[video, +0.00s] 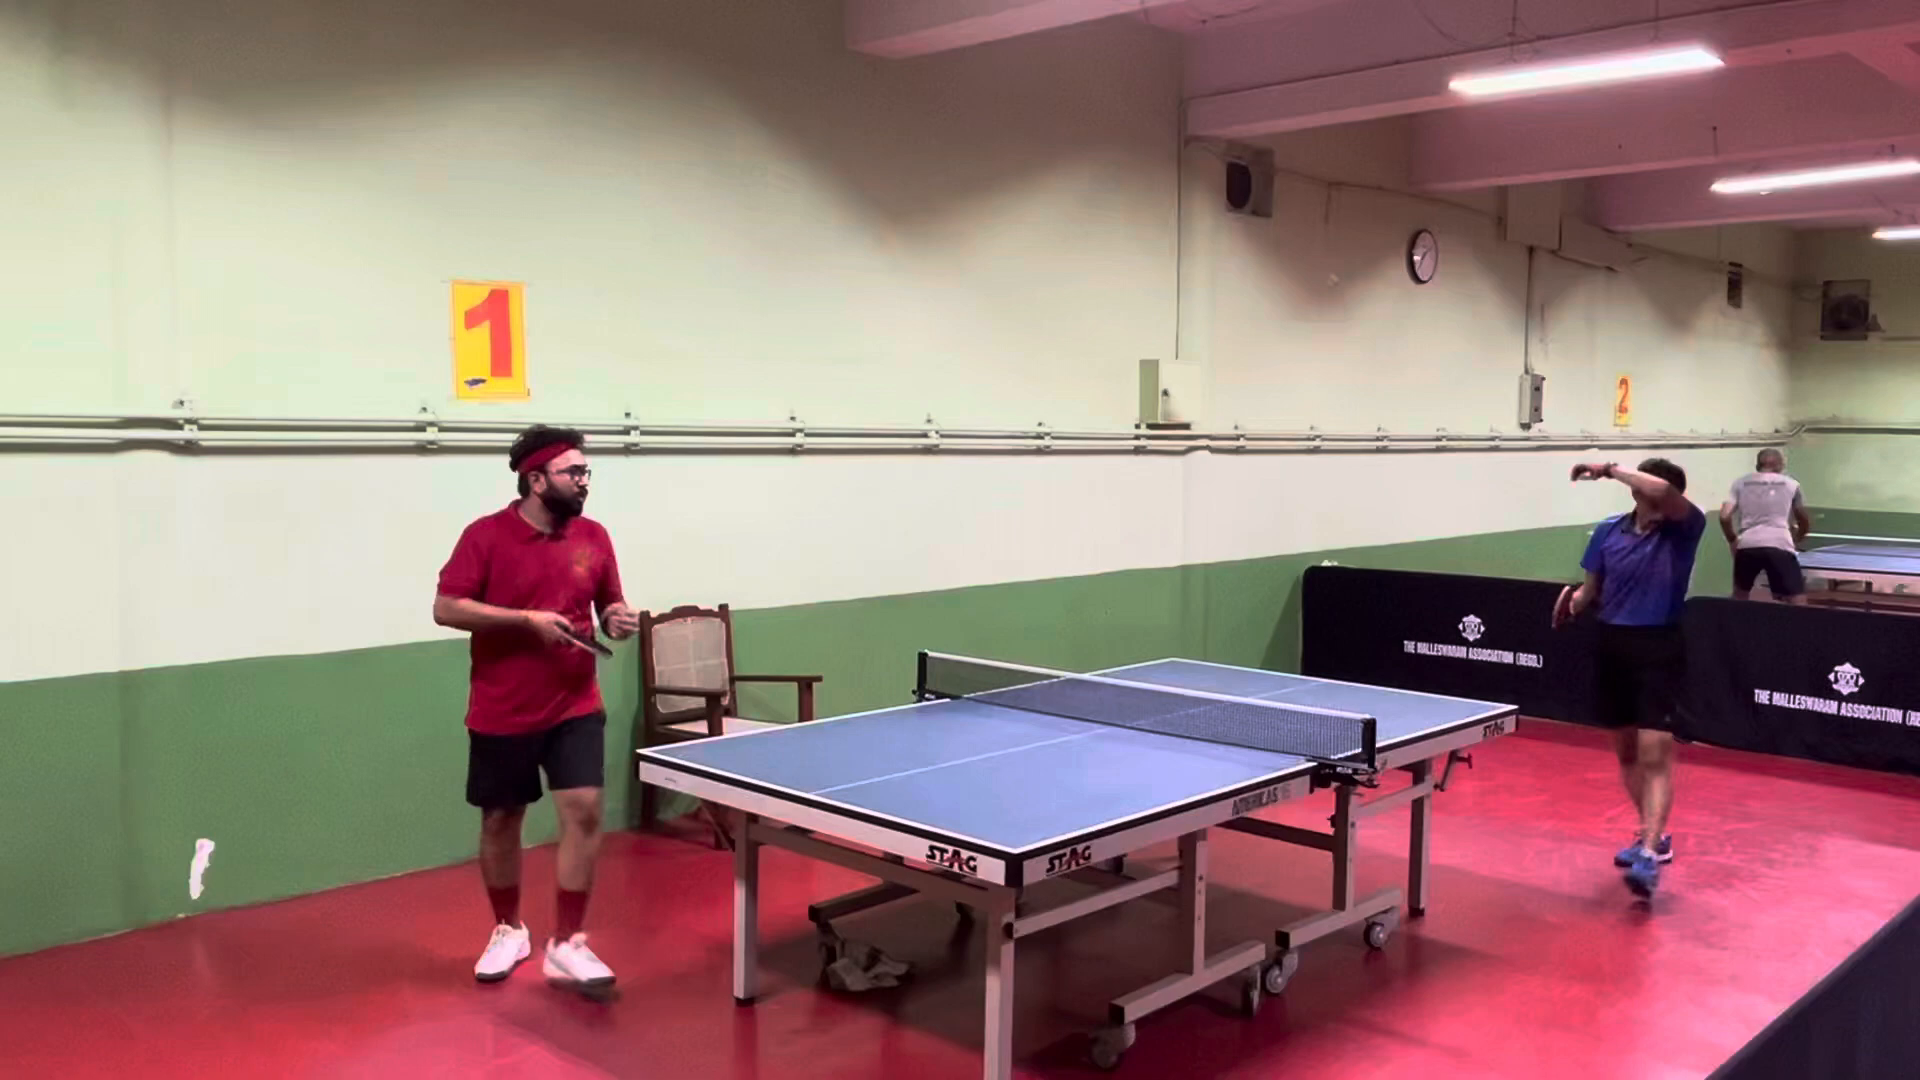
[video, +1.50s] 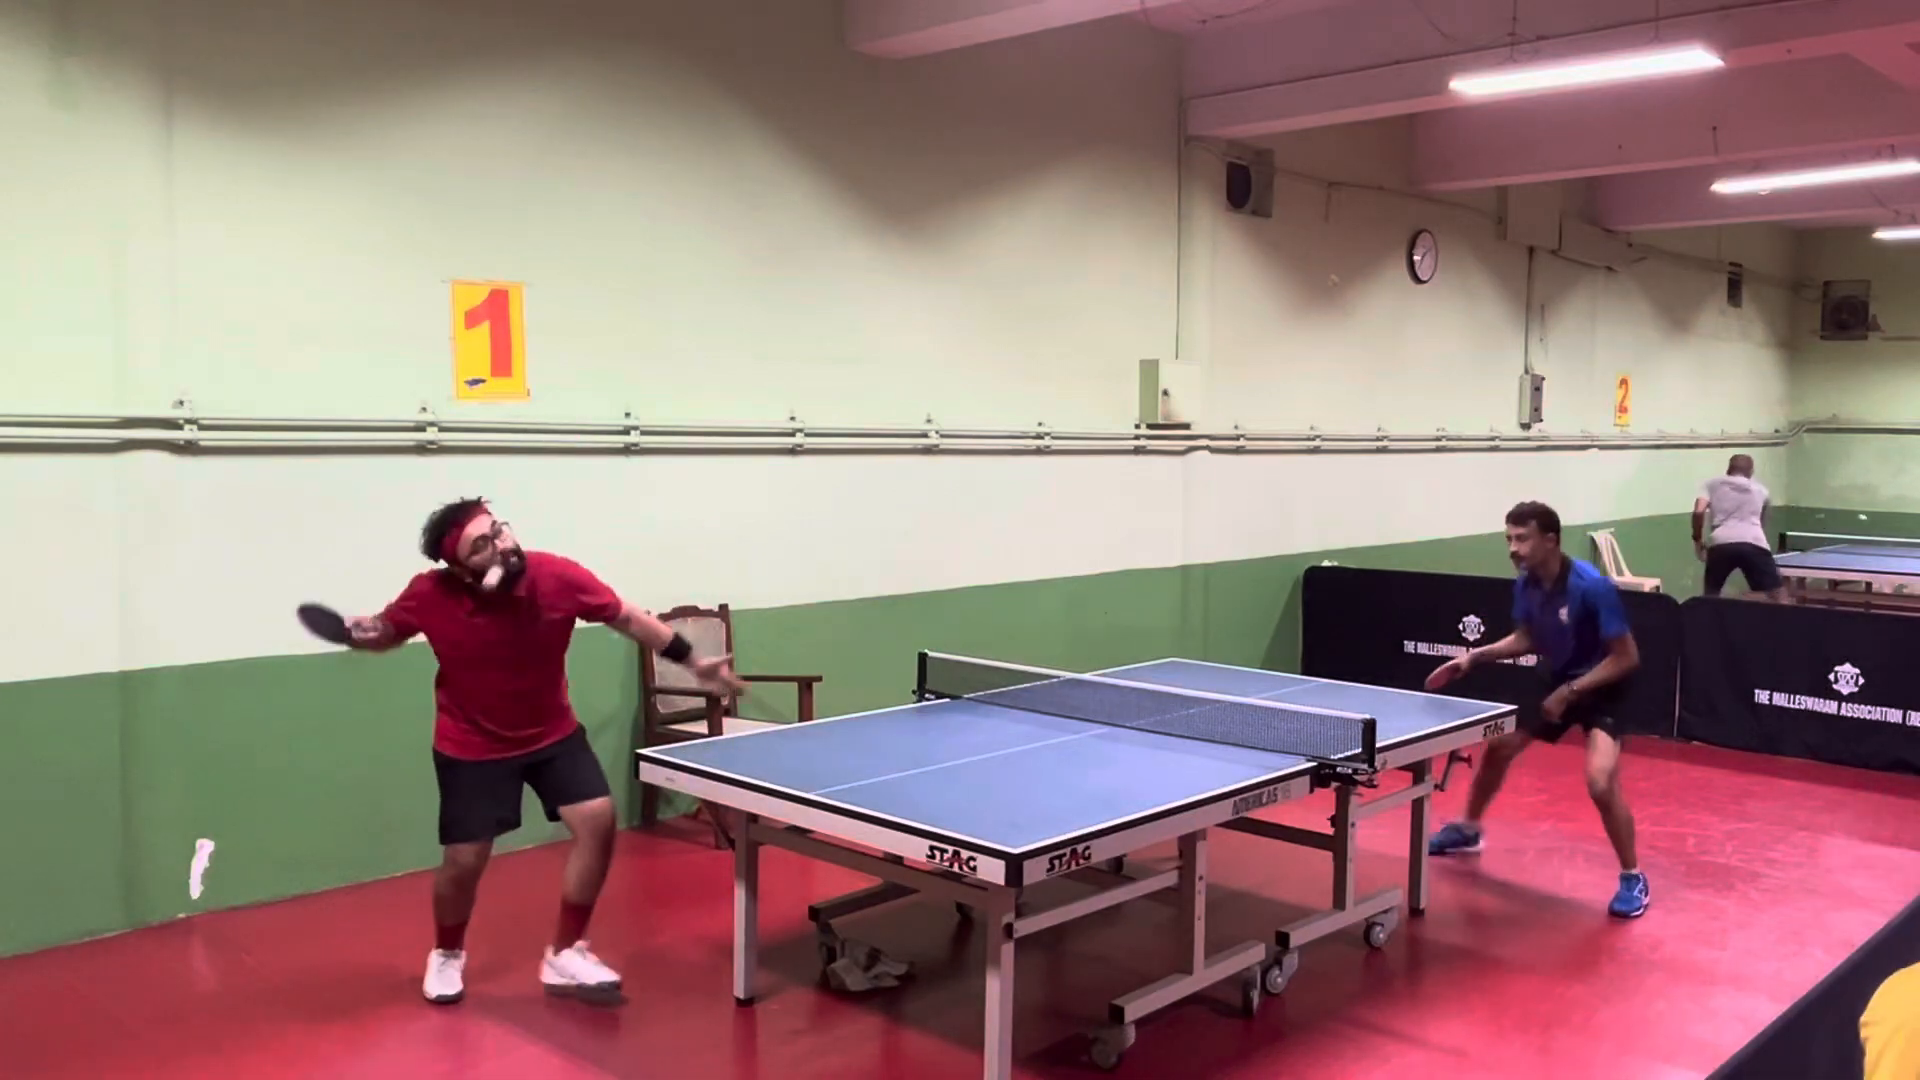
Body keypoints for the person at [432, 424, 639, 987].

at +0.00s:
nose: (584, 481)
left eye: (586, 473)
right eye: (573, 473)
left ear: (579, 478)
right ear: (534, 479)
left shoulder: (591, 536)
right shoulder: (486, 536)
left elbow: (611, 609)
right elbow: (446, 608)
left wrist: (621, 619)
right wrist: (527, 620)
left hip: (576, 706)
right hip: (503, 712)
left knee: (585, 810)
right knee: (501, 820)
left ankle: (566, 942)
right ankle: (507, 931)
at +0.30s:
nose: (624, 517)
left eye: (625, 506)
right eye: (612, 508)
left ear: (608, 510)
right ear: (572, 512)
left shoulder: (619, 575)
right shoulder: (513, 557)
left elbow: (640, 647)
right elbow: (468, 631)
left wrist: (674, 683)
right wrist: (551, 655)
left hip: (562, 728)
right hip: (488, 729)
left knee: (569, 836)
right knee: (479, 844)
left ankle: (567, 971)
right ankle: (501, 922)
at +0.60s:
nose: (662, 597)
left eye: (663, 585)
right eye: (652, 587)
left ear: (626, 587)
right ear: (612, 586)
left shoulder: (642, 626)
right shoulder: (544, 612)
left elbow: (665, 703)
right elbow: (532, 703)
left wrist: (715, 739)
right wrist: (623, 711)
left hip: (560, 737)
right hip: (485, 736)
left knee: (582, 844)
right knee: (475, 855)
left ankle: (567, 975)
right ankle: (453, 948)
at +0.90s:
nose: (641, 595)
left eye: (641, 583)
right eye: (629, 586)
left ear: (598, 588)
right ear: (588, 591)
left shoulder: (632, 620)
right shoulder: (533, 624)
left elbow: (669, 677)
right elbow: (552, 719)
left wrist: (723, 698)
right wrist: (643, 701)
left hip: (559, 742)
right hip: (485, 747)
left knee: (588, 843)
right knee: (480, 864)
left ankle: (567, 975)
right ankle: (446, 950)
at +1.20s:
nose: (551, 560)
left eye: (547, 550)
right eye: (534, 559)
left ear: (549, 547)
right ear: (503, 580)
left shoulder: (569, 572)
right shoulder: (485, 637)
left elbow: (639, 577)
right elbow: (516, 720)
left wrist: (697, 564)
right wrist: (590, 694)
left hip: (556, 734)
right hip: (486, 749)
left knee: (589, 834)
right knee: (483, 865)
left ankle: (569, 972)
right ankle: (446, 954)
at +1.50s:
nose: (502, 544)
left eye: (499, 530)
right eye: (483, 545)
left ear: (507, 525)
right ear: (459, 567)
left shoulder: (557, 578)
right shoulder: (431, 597)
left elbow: (628, 619)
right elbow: (389, 630)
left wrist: (694, 661)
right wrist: (362, 632)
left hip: (551, 730)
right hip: (471, 741)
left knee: (597, 819)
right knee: (464, 859)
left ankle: (565, 953)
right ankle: (447, 955)